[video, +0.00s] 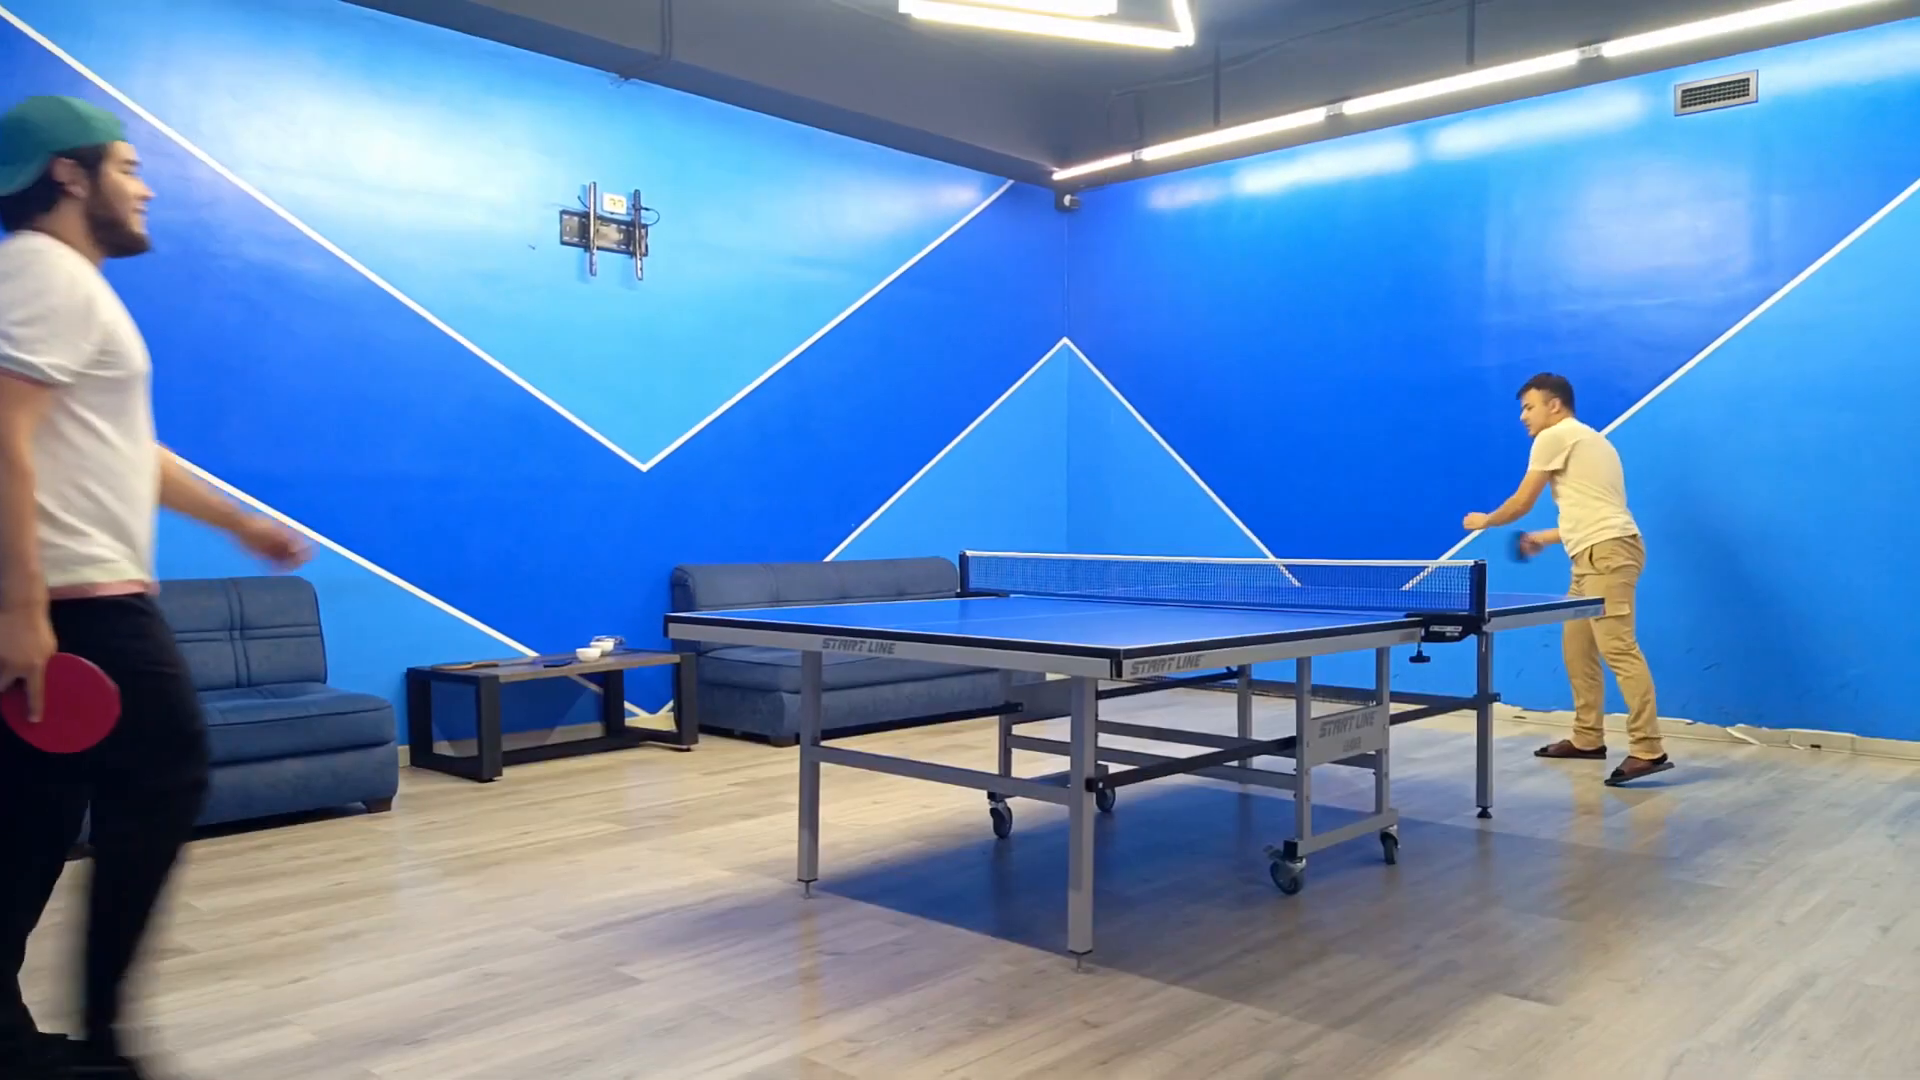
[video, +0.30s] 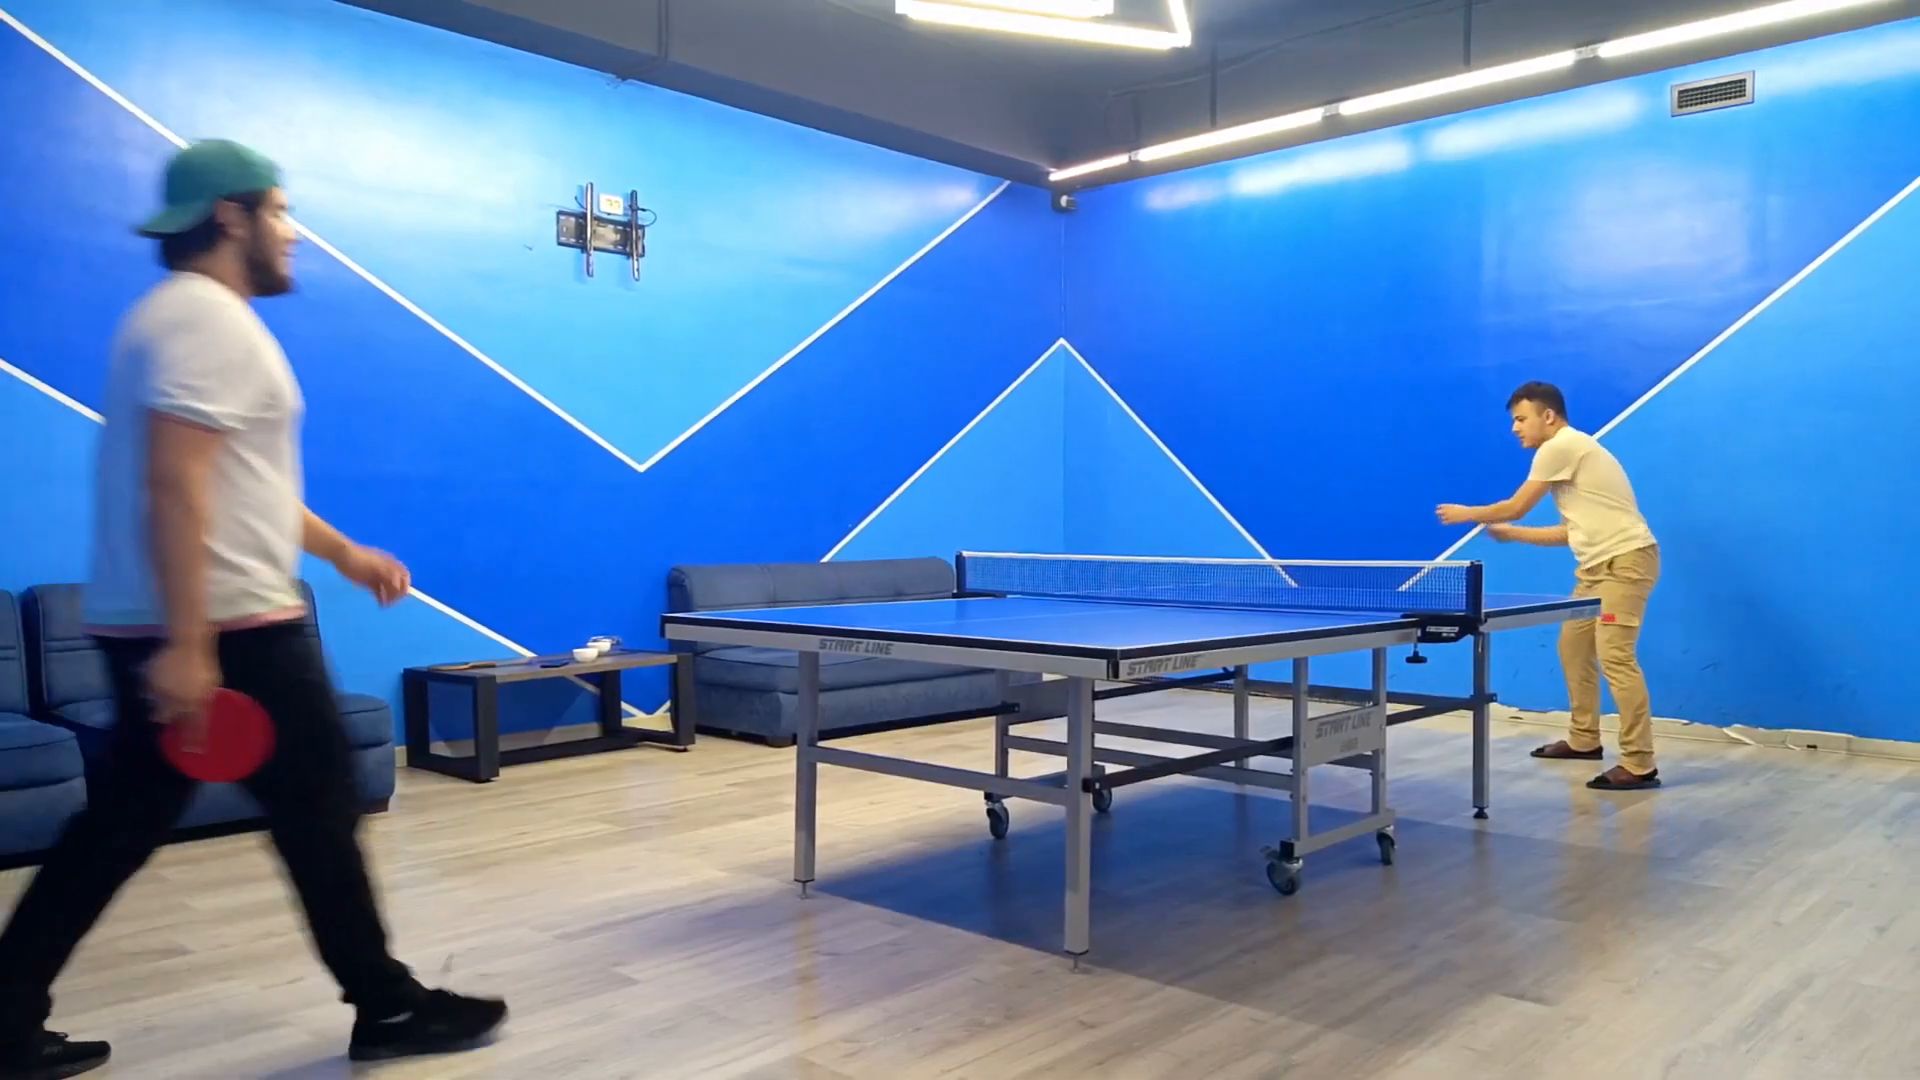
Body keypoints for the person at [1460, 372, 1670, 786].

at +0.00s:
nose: (1523, 417)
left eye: (1528, 408)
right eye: (1522, 409)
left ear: (1555, 406)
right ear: (1558, 410)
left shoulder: (1553, 437)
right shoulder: (1592, 440)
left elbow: (1521, 503)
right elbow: (1596, 514)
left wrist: (1485, 520)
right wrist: (1547, 536)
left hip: (1608, 549)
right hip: (1592, 554)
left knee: (1617, 645)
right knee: (1578, 647)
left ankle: (1648, 750)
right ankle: (1587, 740)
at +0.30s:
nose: (1515, 429)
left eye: (1521, 419)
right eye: (1514, 421)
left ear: (1550, 416)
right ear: (1549, 420)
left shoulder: (1564, 444)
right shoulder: (1567, 455)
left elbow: (1514, 508)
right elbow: (1574, 532)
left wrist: (1465, 513)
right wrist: (1513, 532)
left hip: (1628, 559)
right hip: (1597, 565)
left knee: (1615, 654)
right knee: (1574, 646)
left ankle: (1640, 763)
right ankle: (1584, 741)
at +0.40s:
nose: (1523, 430)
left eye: (1531, 420)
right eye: (1520, 422)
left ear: (1559, 419)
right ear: (1525, 426)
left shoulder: (1591, 448)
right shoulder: (1546, 474)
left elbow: (1547, 509)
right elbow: (1522, 531)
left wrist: (1481, 513)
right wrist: (1473, 538)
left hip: (1642, 564)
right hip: (1599, 572)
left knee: (1627, 656)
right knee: (1570, 647)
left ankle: (1640, 766)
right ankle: (1583, 742)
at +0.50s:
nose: (1528, 432)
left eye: (1536, 423)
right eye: (1524, 425)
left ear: (1565, 421)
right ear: (1524, 429)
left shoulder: (1609, 448)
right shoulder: (1537, 476)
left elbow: (1622, 500)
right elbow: (1529, 531)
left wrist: (1584, 507)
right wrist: (1517, 533)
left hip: (1642, 565)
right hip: (1596, 573)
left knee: (1630, 656)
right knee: (1565, 650)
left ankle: (1640, 766)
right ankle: (1581, 741)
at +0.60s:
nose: (1533, 432)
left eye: (1542, 423)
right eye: (1529, 425)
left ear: (1571, 422)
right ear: (1528, 428)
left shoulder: (1619, 449)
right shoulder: (1538, 476)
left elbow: (1660, 480)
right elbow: (1543, 529)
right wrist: (1558, 531)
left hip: (1642, 567)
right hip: (1592, 574)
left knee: (1631, 659)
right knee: (1563, 651)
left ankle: (1638, 766)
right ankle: (1580, 741)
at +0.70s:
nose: (1542, 434)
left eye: (1551, 424)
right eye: (1537, 426)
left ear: (1580, 423)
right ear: (1534, 429)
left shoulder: (1630, 450)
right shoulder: (1543, 476)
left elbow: (1700, 469)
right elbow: (1560, 531)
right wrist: (1600, 538)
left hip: (1643, 567)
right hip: (1591, 574)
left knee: (1633, 659)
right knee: (1567, 651)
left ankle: (1637, 767)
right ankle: (1577, 740)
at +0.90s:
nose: (1560, 426)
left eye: (1569, 416)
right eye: (1555, 418)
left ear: (1599, 415)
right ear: (1553, 419)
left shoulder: (1649, 435)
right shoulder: (1558, 466)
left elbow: (1677, 461)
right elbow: (1577, 528)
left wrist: (1700, 493)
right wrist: (1624, 545)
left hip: (1657, 564)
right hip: (1600, 568)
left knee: (1642, 661)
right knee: (1578, 653)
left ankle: (1639, 768)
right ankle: (1597, 745)